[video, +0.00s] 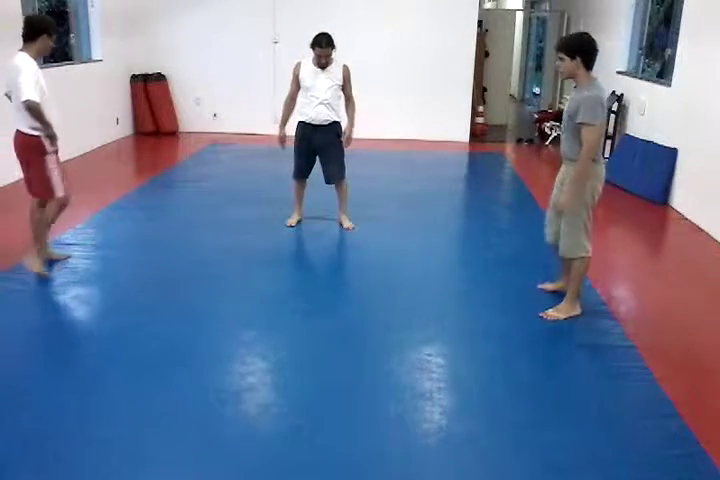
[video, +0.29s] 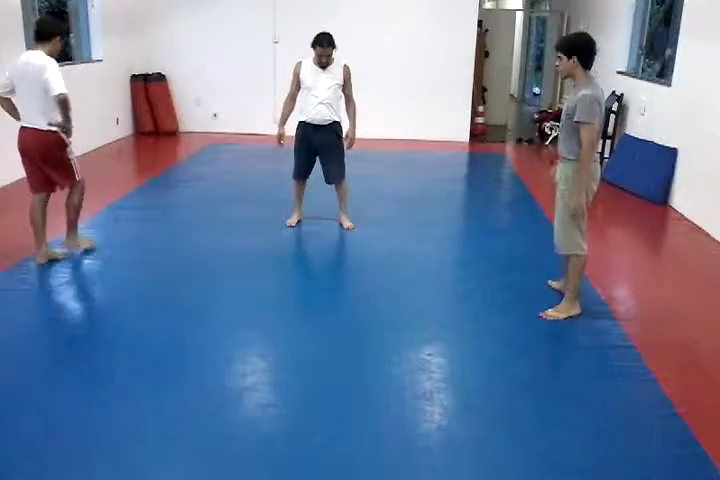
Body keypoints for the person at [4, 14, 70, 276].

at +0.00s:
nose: (51, 46)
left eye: (52, 41)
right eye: (51, 40)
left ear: (29, 37)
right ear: (42, 39)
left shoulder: (17, 61)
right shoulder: (26, 65)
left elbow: (9, 93)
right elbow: (30, 102)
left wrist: (35, 118)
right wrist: (49, 130)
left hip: (27, 136)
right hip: (36, 138)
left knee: (41, 198)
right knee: (59, 198)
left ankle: (42, 249)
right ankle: (36, 252)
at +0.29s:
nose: (61, 47)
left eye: (62, 42)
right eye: (61, 42)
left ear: (37, 37)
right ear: (55, 40)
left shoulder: (20, 62)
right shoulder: (48, 63)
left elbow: (2, 93)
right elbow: (61, 97)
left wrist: (20, 118)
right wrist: (67, 123)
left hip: (26, 136)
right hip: (49, 136)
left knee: (40, 193)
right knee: (76, 184)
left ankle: (41, 250)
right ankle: (72, 240)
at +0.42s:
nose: (65, 46)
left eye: (66, 42)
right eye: (65, 41)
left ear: (41, 38)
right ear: (60, 40)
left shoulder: (23, 62)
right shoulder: (57, 66)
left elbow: (2, 92)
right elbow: (75, 98)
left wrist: (20, 119)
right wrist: (75, 124)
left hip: (31, 135)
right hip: (57, 136)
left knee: (44, 192)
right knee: (72, 187)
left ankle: (42, 249)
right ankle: (70, 234)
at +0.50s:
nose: (69, 46)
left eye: (68, 41)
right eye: (68, 41)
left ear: (43, 38)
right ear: (64, 40)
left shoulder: (25, 63)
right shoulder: (63, 67)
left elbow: (4, 93)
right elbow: (83, 100)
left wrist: (23, 119)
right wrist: (79, 123)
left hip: (34, 134)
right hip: (60, 135)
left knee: (46, 190)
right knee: (71, 186)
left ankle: (44, 247)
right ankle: (70, 235)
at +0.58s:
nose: (72, 44)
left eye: (72, 40)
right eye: (72, 40)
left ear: (48, 37)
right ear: (66, 39)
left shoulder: (29, 60)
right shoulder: (68, 65)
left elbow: (5, 89)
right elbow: (89, 98)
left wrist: (26, 117)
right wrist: (80, 121)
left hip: (37, 132)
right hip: (62, 133)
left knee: (49, 188)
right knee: (72, 184)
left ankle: (45, 240)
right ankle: (70, 234)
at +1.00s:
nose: (83, 45)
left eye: (84, 41)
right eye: (83, 41)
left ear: (62, 36)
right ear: (76, 38)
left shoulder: (43, 56)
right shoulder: (71, 59)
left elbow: (19, 84)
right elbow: (86, 91)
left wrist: (33, 113)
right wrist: (82, 117)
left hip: (44, 124)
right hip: (63, 125)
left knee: (63, 177)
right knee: (72, 180)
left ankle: (68, 222)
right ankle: (69, 234)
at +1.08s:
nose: (85, 45)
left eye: (86, 40)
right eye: (84, 40)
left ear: (65, 37)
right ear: (75, 37)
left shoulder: (47, 57)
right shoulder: (66, 58)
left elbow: (25, 85)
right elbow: (76, 90)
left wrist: (36, 115)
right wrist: (81, 116)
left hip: (47, 121)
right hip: (63, 123)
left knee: (66, 175)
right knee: (72, 178)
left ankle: (70, 219)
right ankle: (69, 232)